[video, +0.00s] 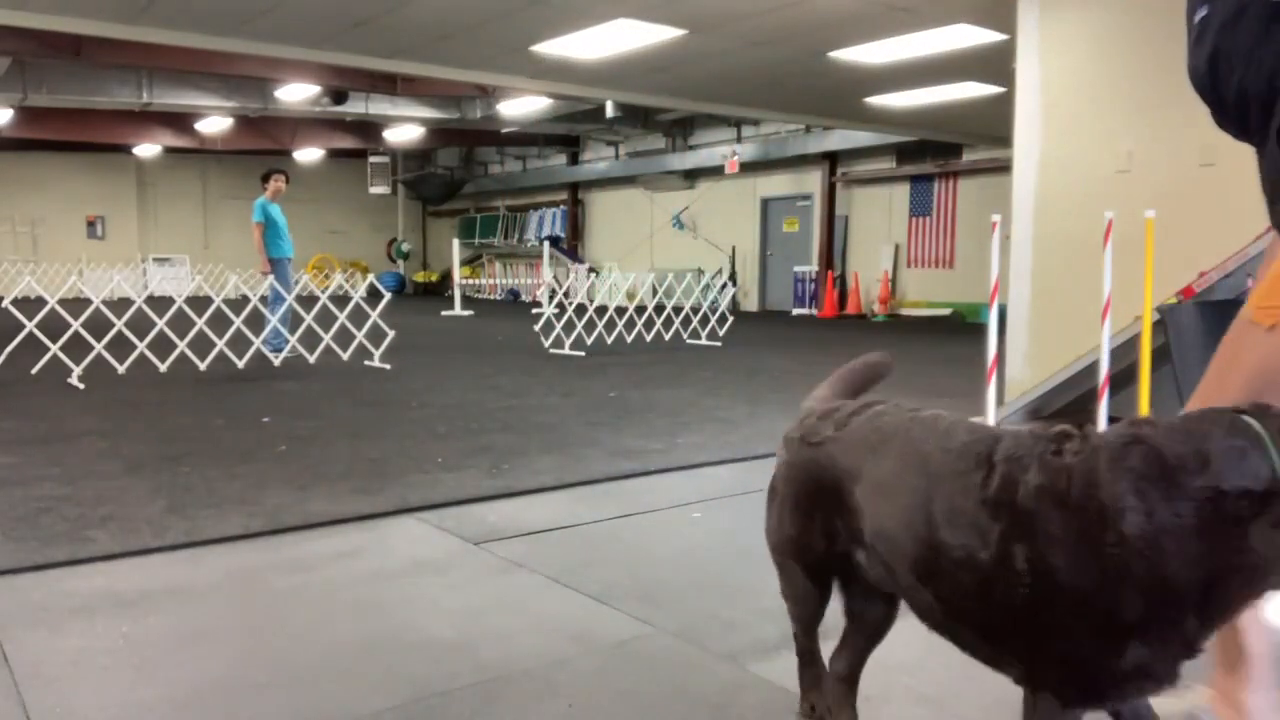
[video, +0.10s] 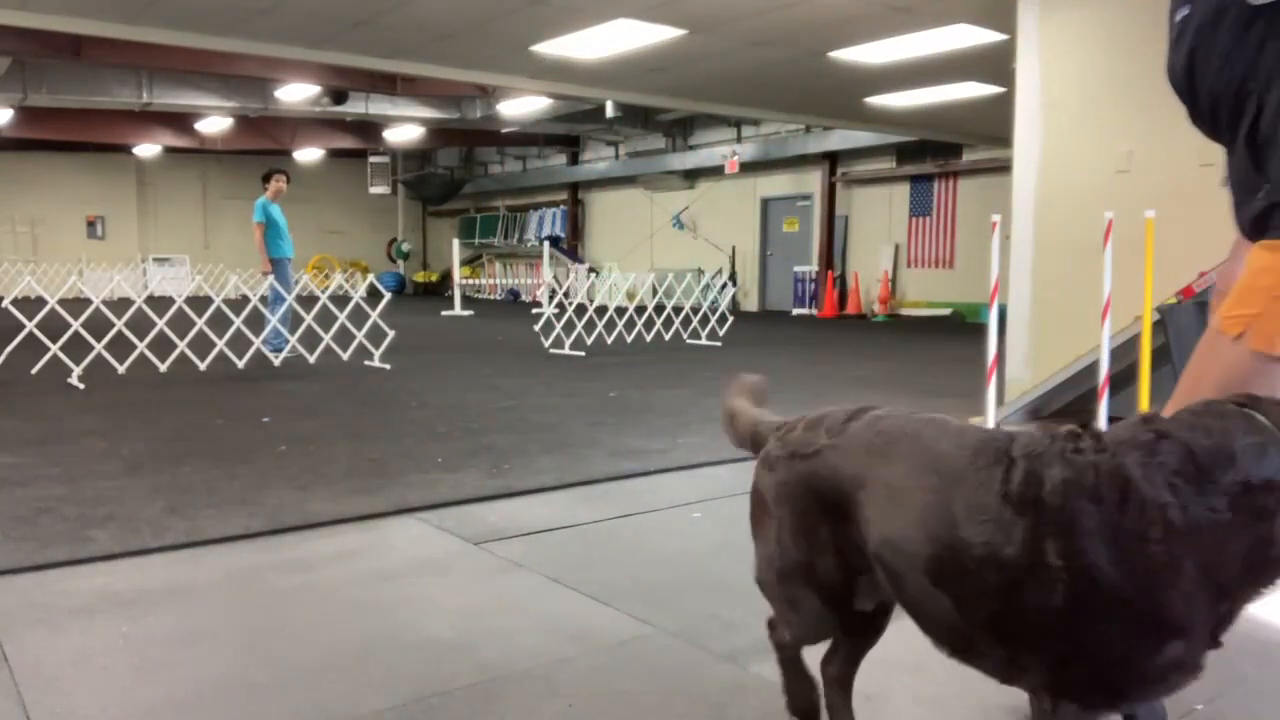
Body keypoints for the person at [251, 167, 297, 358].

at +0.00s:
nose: (280, 185)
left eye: (283, 182)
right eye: (276, 181)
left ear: (286, 186)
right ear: (267, 184)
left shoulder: (276, 206)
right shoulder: (260, 204)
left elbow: (280, 232)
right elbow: (258, 233)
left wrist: (287, 256)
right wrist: (264, 261)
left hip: (285, 256)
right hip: (276, 257)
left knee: (278, 299)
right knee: (283, 298)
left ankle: (275, 341)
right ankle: (276, 343)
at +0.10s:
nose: (281, 185)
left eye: (284, 182)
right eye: (277, 181)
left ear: (286, 187)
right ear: (267, 184)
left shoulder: (276, 206)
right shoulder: (261, 204)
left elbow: (279, 233)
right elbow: (259, 234)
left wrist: (287, 256)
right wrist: (265, 261)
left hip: (285, 257)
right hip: (276, 257)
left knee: (277, 299)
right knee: (284, 298)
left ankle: (274, 341)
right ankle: (276, 342)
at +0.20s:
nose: (282, 186)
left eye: (285, 183)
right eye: (278, 181)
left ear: (287, 187)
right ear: (268, 184)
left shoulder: (276, 207)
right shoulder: (262, 204)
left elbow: (280, 233)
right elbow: (259, 233)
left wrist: (287, 257)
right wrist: (266, 261)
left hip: (286, 257)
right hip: (277, 258)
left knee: (279, 300)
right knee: (283, 299)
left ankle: (276, 341)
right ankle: (275, 342)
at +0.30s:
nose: (283, 187)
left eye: (286, 183)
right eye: (279, 182)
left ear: (288, 187)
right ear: (269, 185)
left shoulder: (276, 207)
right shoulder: (262, 204)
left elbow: (279, 233)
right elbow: (259, 233)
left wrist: (286, 257)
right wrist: (266, 261)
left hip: (286, 257)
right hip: (277, 258)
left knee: (279, 300)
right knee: (283, 300)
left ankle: (276, 341)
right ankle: (275, 343)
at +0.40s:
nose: (284, 186)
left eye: (286, 183)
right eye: (280, 182)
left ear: (288, 187)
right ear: (270, 184)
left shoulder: (276, 206)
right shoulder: (262, 205)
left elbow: (279, 233)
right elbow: (260, 234)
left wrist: (287, 256)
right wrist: (266, 261)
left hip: (285, 257)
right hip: (278, 258)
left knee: (277, 300)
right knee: (285, 299)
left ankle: (273, 340)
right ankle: (276, 342)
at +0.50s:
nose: (284, 186)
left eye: (287, 183)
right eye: (280, 182)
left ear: (288, 187)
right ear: (270, 184)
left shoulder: (277, 206)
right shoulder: (263, 204)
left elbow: (280, 233)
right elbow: (261, 234)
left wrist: (287, 256)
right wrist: (267, 262)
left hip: (285, 257)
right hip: (277, 258)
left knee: (276, 299)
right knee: (286, 299)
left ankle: (272, 340)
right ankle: (277, 342)